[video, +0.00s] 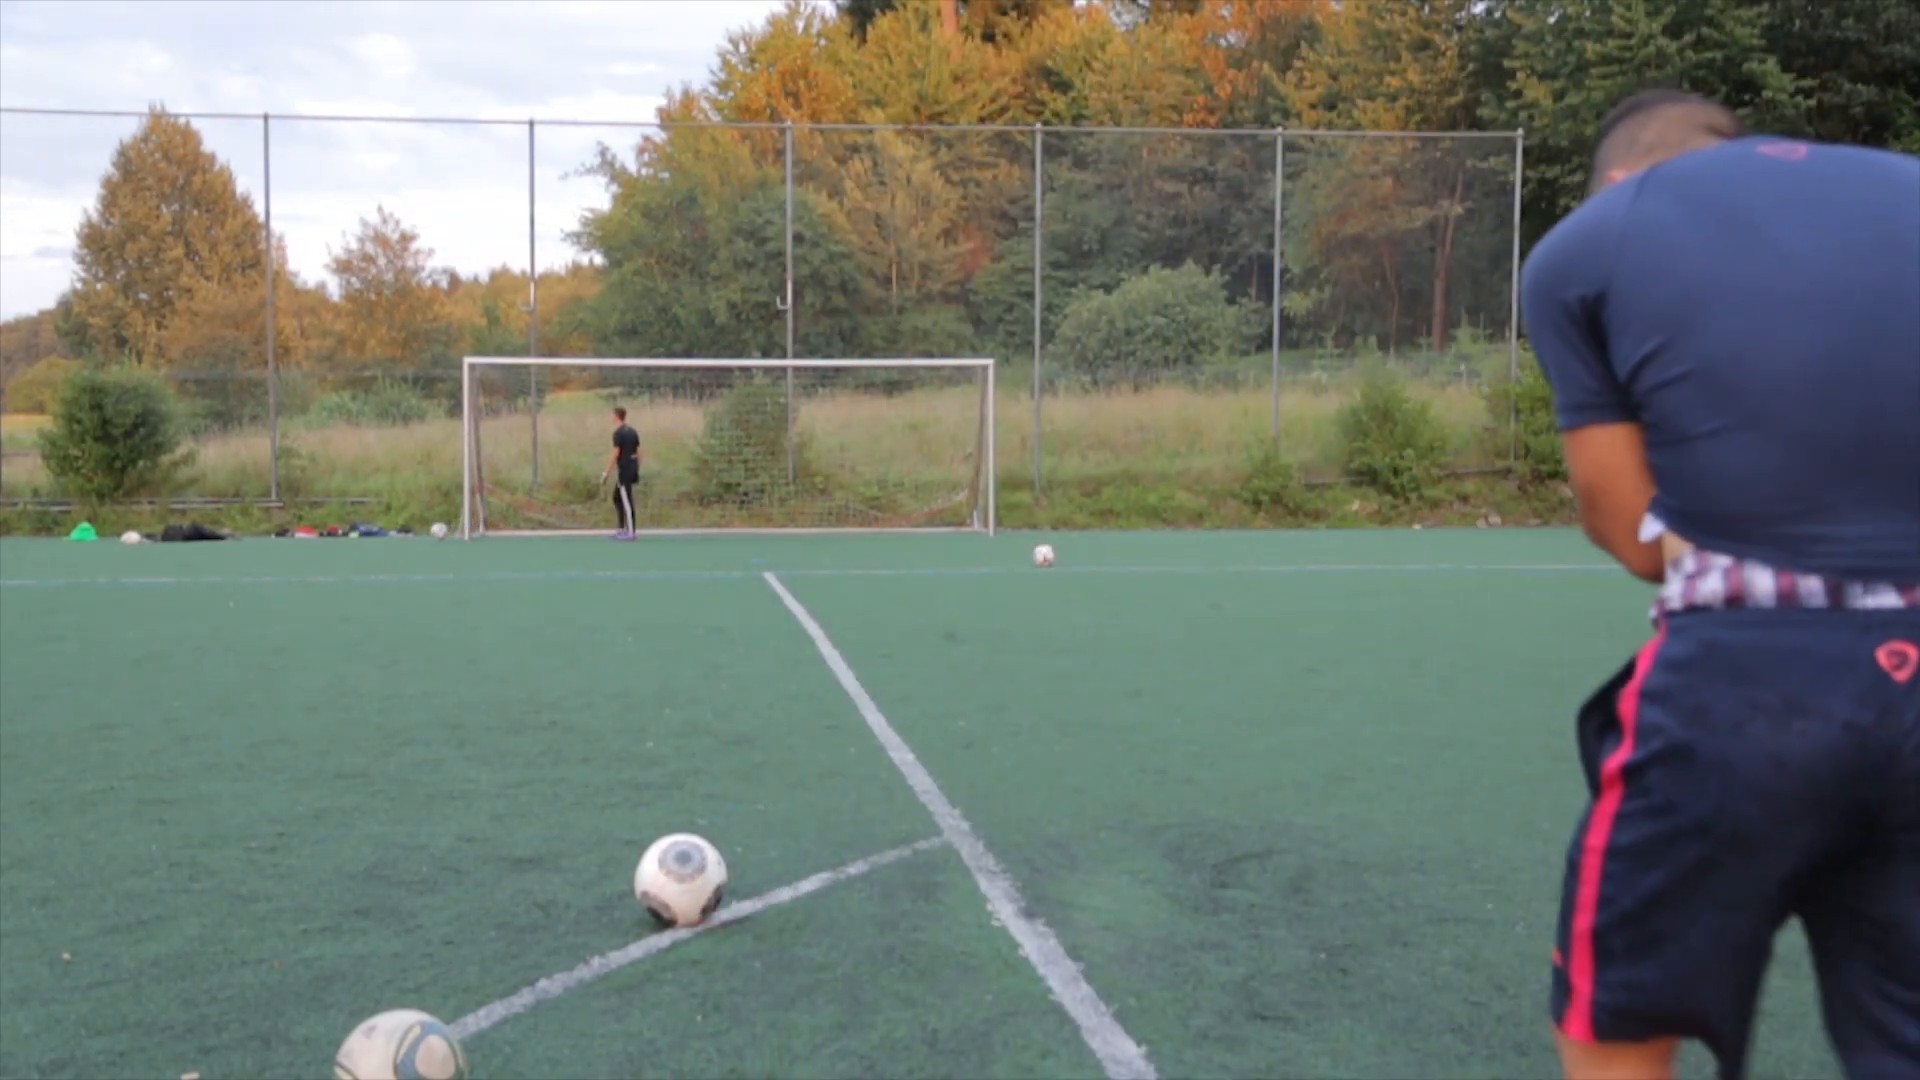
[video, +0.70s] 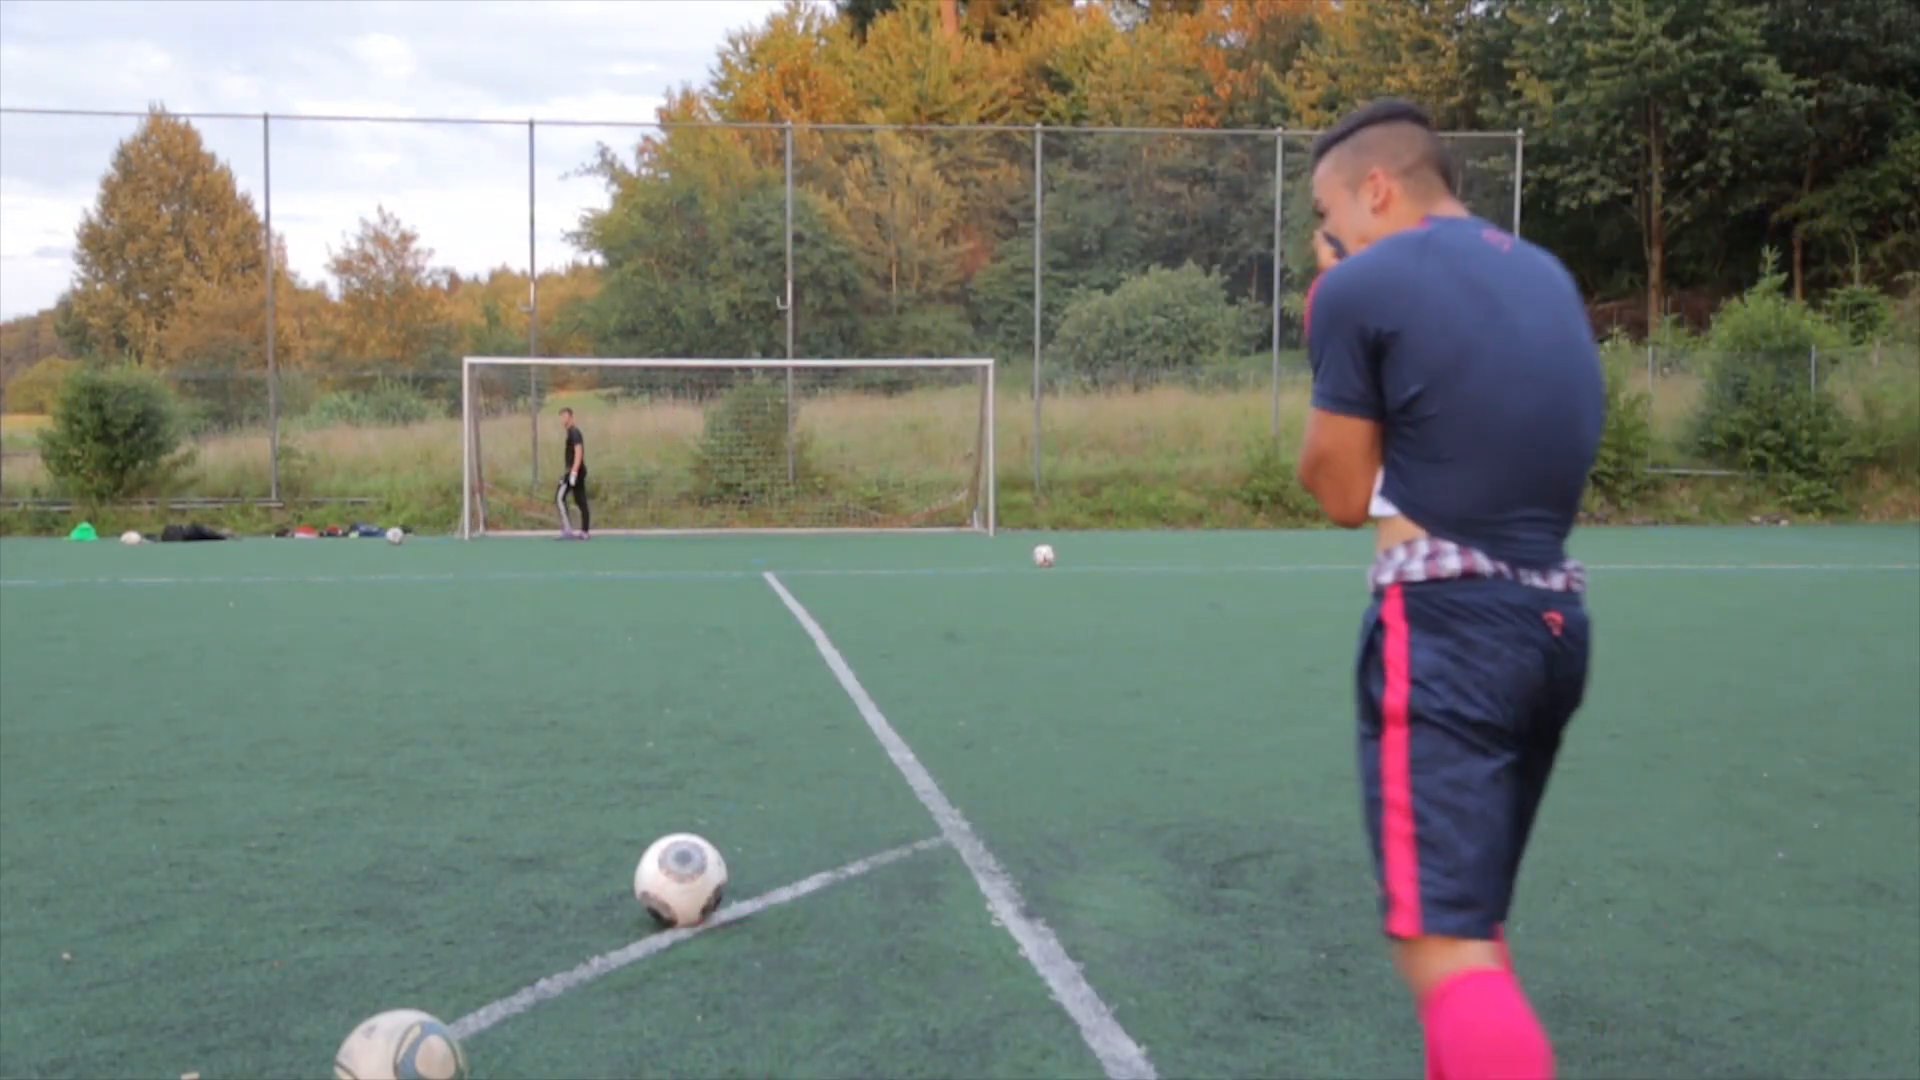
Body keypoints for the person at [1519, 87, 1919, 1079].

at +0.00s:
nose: (1602, 219)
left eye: (1597, 204)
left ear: (1614, 185)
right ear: (1741, 142)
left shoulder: (1581, 250)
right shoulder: (1900, 181)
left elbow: (1626, 525)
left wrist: (1756, 572)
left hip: (1738, 669)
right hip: (1915, 658)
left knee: (1619, 1037)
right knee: (1903, 1045)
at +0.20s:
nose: (1492, 277)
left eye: (1489, 254)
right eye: (1494, 255)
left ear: (1512, 230)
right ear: (1625, 190)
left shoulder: (1487, 314)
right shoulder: (1803, 247)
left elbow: (1543, 563)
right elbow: (1821, 481)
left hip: (1648, 706)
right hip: (1852, 697)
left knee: (1582, 1050)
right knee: (1893, 1045)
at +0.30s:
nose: (1450, 236)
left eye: (1446, 216)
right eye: (1448, 217)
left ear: (1464, 202)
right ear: (1573, 170)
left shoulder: (1438, 300)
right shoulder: (1740, 235)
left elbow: (1492, 533)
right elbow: (1755, 447)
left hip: (1589, 678)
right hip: (1773, 669)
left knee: (1551, 1020)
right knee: (1823, 1010)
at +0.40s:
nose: (1422, 183)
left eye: (1419, 164)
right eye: (1419, 165)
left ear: (1438, 154)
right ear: (1547, 130)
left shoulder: (1403, 256)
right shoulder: (1689, 207)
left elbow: (1443, 486)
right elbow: (1695, 411)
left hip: (1548, 632)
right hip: (1714, 622)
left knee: (1555, 985)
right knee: (1709, 935)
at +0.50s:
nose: (1394, 176)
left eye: (1391, 155)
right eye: (1394, 157)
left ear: (1414, 141)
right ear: (1513, 129)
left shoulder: (1377, 249)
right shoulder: (1642, 210)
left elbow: (1404, 469)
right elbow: (1646, 397)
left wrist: (1549, 436)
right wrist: (1476, 462)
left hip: (1512, 618)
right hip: (1660, 608)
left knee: (1552, 968)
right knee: (1613, 908)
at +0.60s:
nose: (1359, 224)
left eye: (1359, 195)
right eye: (1358, 199)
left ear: (1398, 166)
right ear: (1475, 161)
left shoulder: (1364, 271)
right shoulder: (1597, 242)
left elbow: (1370, 486)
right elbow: (1593, 425)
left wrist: (1498, 444)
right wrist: (1435, 477)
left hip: (1476, 628)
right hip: (1605, 623)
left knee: (1533, 957)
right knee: (1513, 927)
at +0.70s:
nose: (1330, 245)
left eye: (1331, 218)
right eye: (1326, 223)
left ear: (1379, 191)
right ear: (1428, 189)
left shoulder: (1366, 283)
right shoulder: (1539, 268)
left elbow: (1342, 492)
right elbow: (1505, 439)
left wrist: (1335, 339)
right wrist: (1363, 309)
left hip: (1442, 629)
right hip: (1549, 626)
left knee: (1440, 942)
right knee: (1471, 929)